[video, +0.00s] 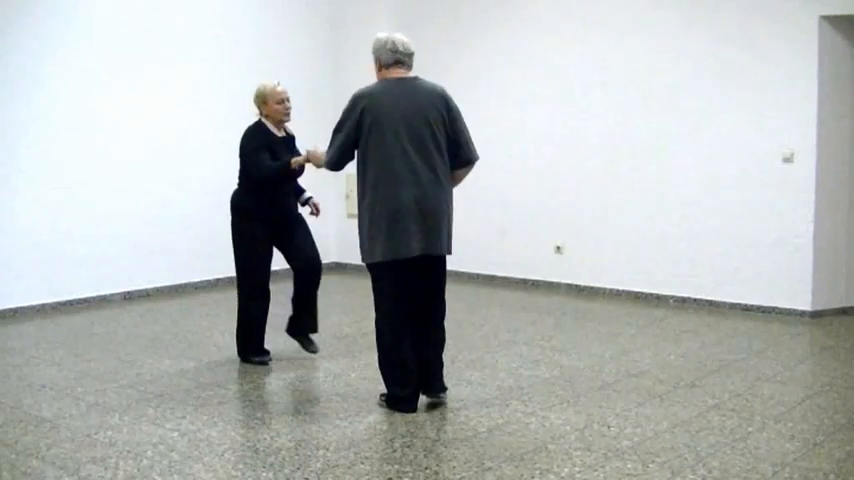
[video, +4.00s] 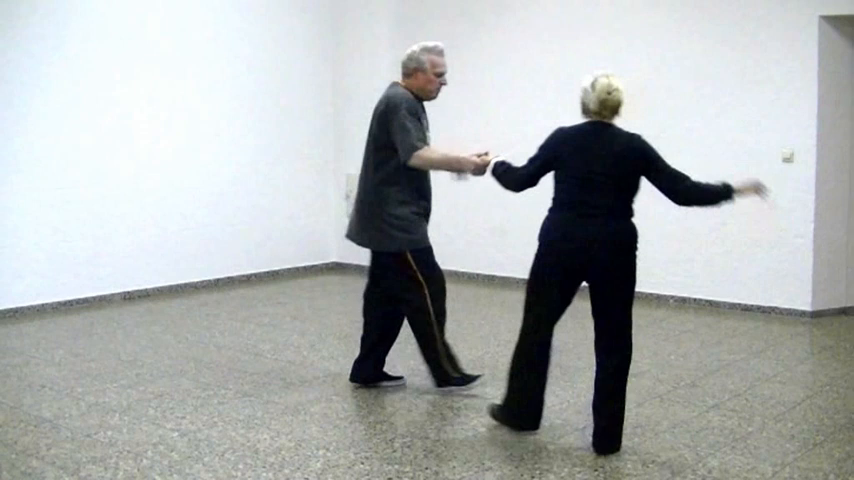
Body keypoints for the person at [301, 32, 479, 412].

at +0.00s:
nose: (373, 70)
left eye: (373, 65)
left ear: (377, 64)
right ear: (411, 62)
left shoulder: (366, 100)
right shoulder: (438, 96)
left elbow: (335, 160)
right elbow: (466, 159)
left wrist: (316, 158)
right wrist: (437, 189)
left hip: (384, 224)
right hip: (434, 222)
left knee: (391, 310)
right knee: (431, 307)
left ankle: (401, 395)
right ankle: (434, 387)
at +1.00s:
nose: (420, 69)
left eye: (418, 63)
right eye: (419, 64)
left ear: (381, 60)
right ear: (414, 65)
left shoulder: (348, 94)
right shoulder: (412, 102)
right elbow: (425, 172)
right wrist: (435, 202)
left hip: (345, 226)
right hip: (396, 229)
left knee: (347, 316)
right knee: (405, 309)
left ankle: (350, 397)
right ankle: (405, 385)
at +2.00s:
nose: (443, 72)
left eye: (443, 65)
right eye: (437, 66)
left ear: (425, 67)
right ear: (413, 67)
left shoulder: (426, 99)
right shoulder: (386, 106)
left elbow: (447, 137)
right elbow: (404, 170)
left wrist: (492, 139)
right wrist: (461, 185)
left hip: (422, 226)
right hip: (390, 231)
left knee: (434, 292)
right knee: (396, 307)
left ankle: (414, 363)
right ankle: (392, 383)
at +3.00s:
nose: (454, 73)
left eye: (455, 66)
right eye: (450, 66)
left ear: (431, 66)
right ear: (427, 65)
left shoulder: (420, 99)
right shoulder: (404, 95)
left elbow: (416, 151)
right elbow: (393, 144)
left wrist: (445, 167)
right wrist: (441, 161)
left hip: (413, 218)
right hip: (402, 220)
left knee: (428, 289)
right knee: (433, 287)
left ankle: (406, 364)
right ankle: (411, 370)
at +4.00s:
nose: (443, 82)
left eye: (444, 75)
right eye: (438, 74)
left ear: (417, 75)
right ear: (414, 73)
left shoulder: (408, 102)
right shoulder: (400, 103)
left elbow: (418, 153)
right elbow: (415, 155)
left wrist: (459, 165)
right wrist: (466, 162)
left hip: (395, 219)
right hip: (394, 221)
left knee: (385, 296)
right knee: (427, 288)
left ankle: (367, 369)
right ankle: (446, 373)